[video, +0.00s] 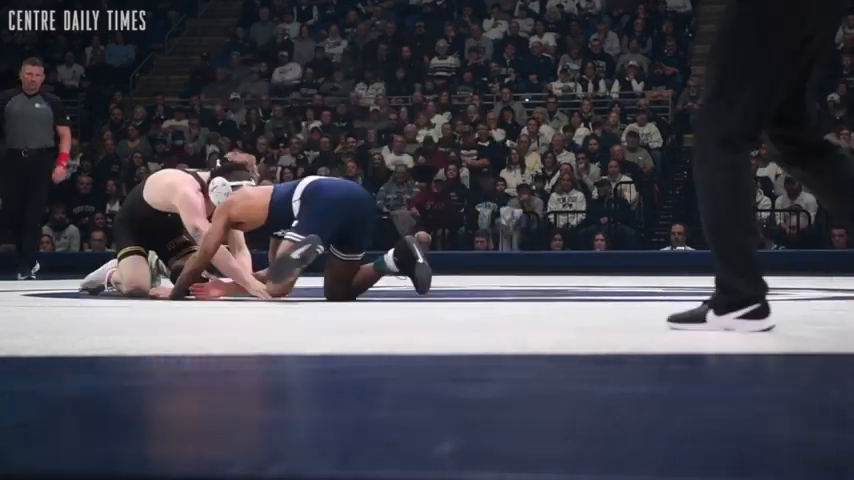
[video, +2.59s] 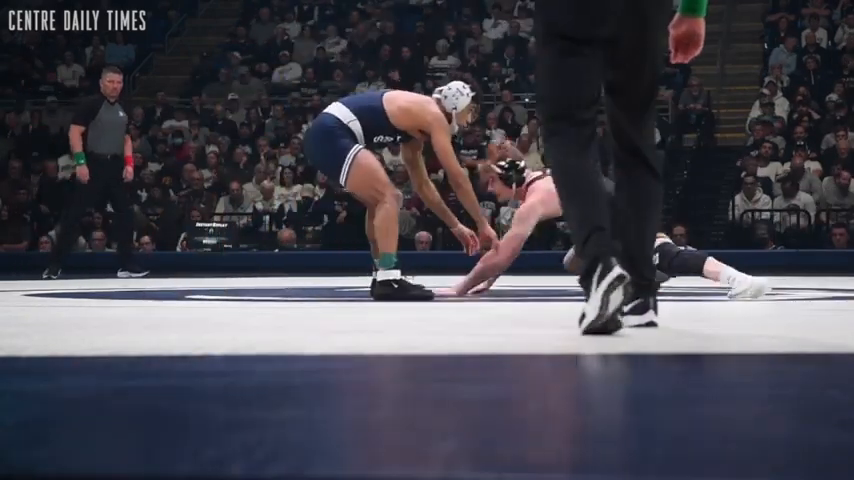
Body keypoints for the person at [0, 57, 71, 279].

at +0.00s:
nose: (32, 79)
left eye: (37, 75)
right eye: (28, 74)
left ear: (43, 77)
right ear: (20, 76)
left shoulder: (52, 102)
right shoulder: (7, 100)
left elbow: (65, 134)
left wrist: (62, 163)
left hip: (41, 161)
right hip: (12, 161)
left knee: (34, 213)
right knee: (13, 212)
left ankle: (26, 266)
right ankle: (27, 261)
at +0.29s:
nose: (38, 80)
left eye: (43, 76)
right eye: (34, 76)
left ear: (49, 78)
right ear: (26, 78)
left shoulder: (60, 102)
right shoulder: (13, 102)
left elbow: (73, 133)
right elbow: (2, 132)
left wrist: (69, 161)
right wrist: (0, 160)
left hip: (51, 162)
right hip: (22, 163)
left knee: (48, 210)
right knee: (25, 211)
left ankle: (47, 263)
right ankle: (30, 263)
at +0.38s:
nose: (42, 80)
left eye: (46, 76)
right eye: (37, 75)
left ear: (52, 78)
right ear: (30, 77)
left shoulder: (64, 102)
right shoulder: (16, 102)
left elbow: (76, 132)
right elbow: (4, 131)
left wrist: (72, 161)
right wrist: (2, 160)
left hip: (56, 162)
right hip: (27, 163)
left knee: (60, 210)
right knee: (28, 212)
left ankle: (62, 260)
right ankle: (32, 262)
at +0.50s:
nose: (51, 81)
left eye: (56, 77)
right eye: (48, 77)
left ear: (61, 80)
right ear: (40, 78)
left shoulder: (72, 104)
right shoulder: (25, 102)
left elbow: (85, 134)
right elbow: (10, 132)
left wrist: (82, 162)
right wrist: (5, 161)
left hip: (65, 164)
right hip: (35, 164)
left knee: (79, 211)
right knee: (32, 214)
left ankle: (93, 261)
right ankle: (33, 266)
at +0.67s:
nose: (69, 85)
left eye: (73, 81)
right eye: (65, 80)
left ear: (79, 83)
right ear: (58, 81)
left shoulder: (88, 107)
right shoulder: (43, 104)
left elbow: (99, 137)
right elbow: (27, 132)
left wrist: (96, 164)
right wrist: (23, 162)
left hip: (80, 166)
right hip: (49, 166)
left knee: (96, 210)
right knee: (39, 212)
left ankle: (102, 261)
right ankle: (34, 264)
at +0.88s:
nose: (92, 87)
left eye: (96, 83)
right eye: (88, 82)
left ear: (102, 86)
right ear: (81, 84)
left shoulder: (107, 110)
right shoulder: (67, 105)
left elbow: (116, 140)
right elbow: (51, 134)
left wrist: (119, 167)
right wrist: (56, 163)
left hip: (101, 168)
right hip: (73, 167)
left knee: (109, 215)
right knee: (59, 215)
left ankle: (108, 264)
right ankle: (41, 264)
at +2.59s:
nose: (115, 86)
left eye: (118, 82)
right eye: (111, 82)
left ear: (122, 85)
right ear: (101, 83)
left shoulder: (122, 109)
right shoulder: (91, 104)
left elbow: (126, 138)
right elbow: (75, 132)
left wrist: (129, 163)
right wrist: (80, 162)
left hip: (115, 167)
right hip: (93, 166)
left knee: (125, 213)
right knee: (74, 214)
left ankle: (126, 264)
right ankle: (55, 264)